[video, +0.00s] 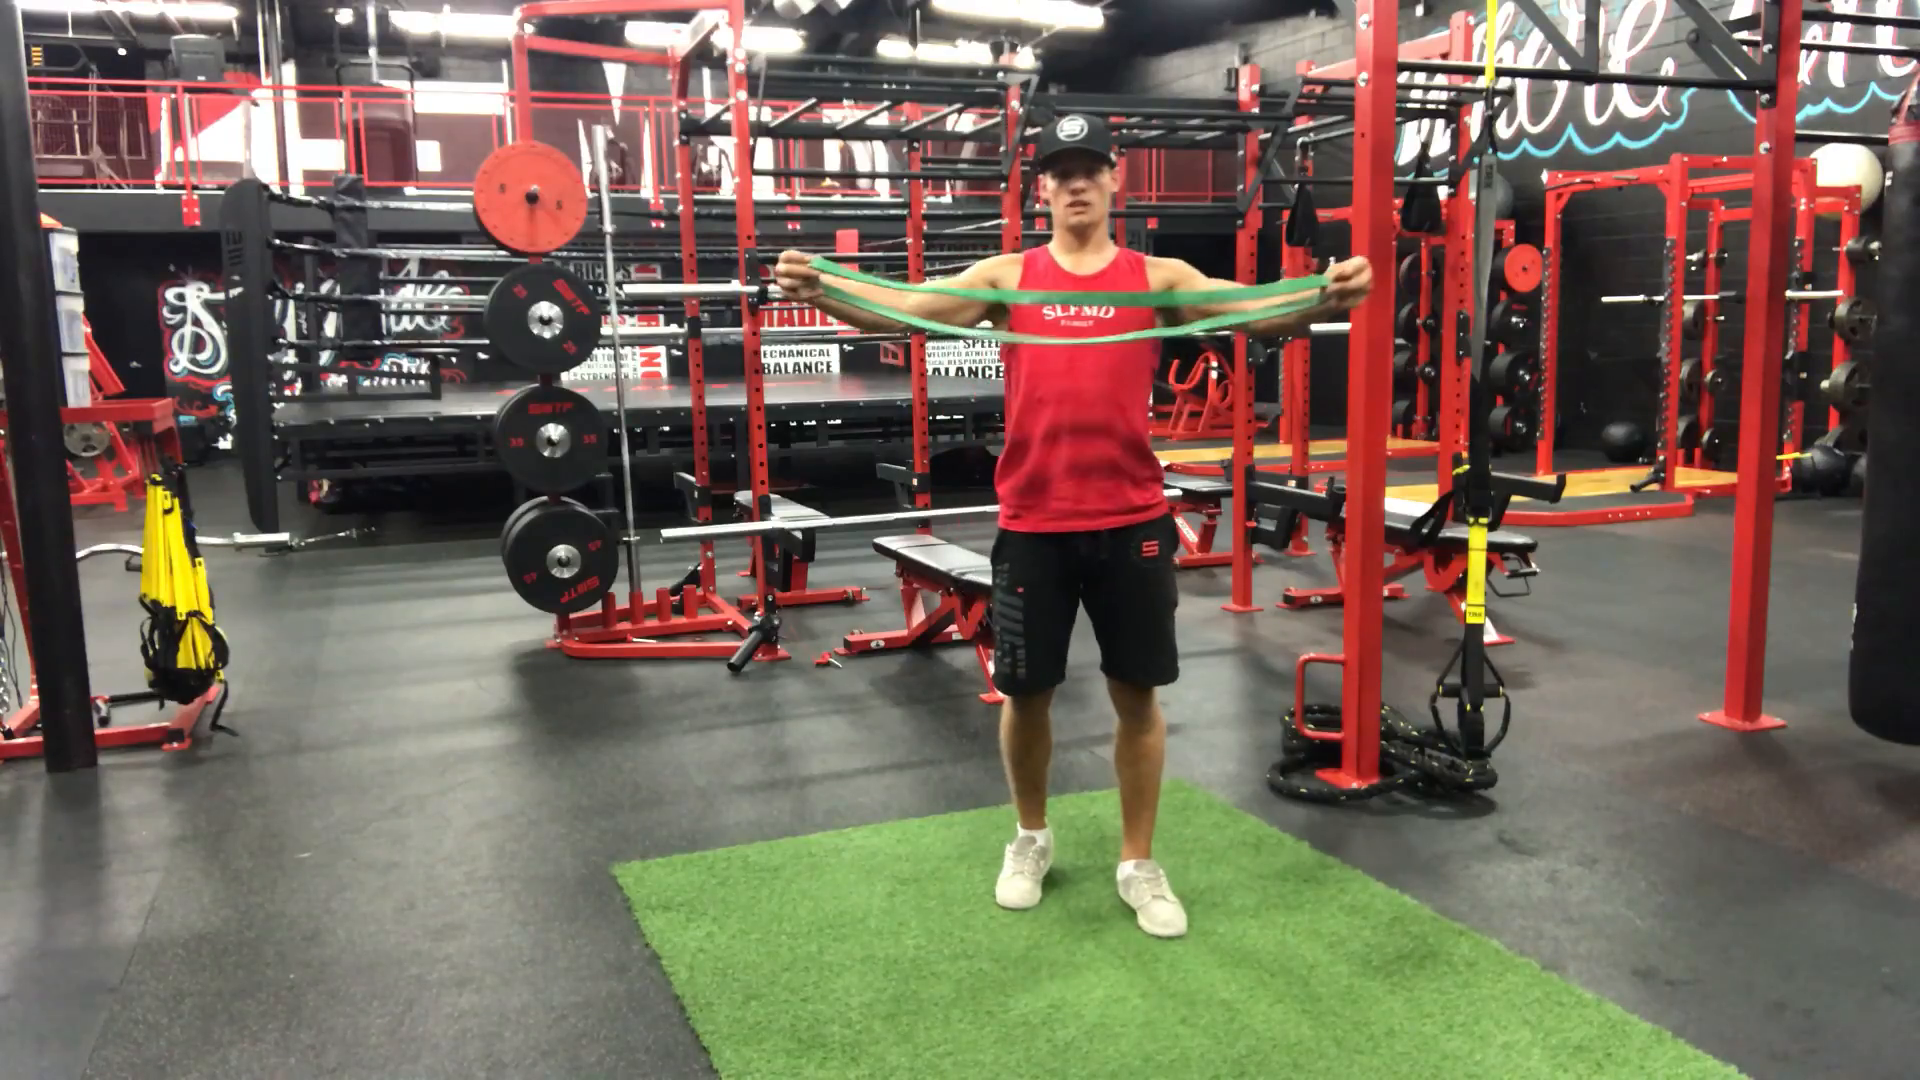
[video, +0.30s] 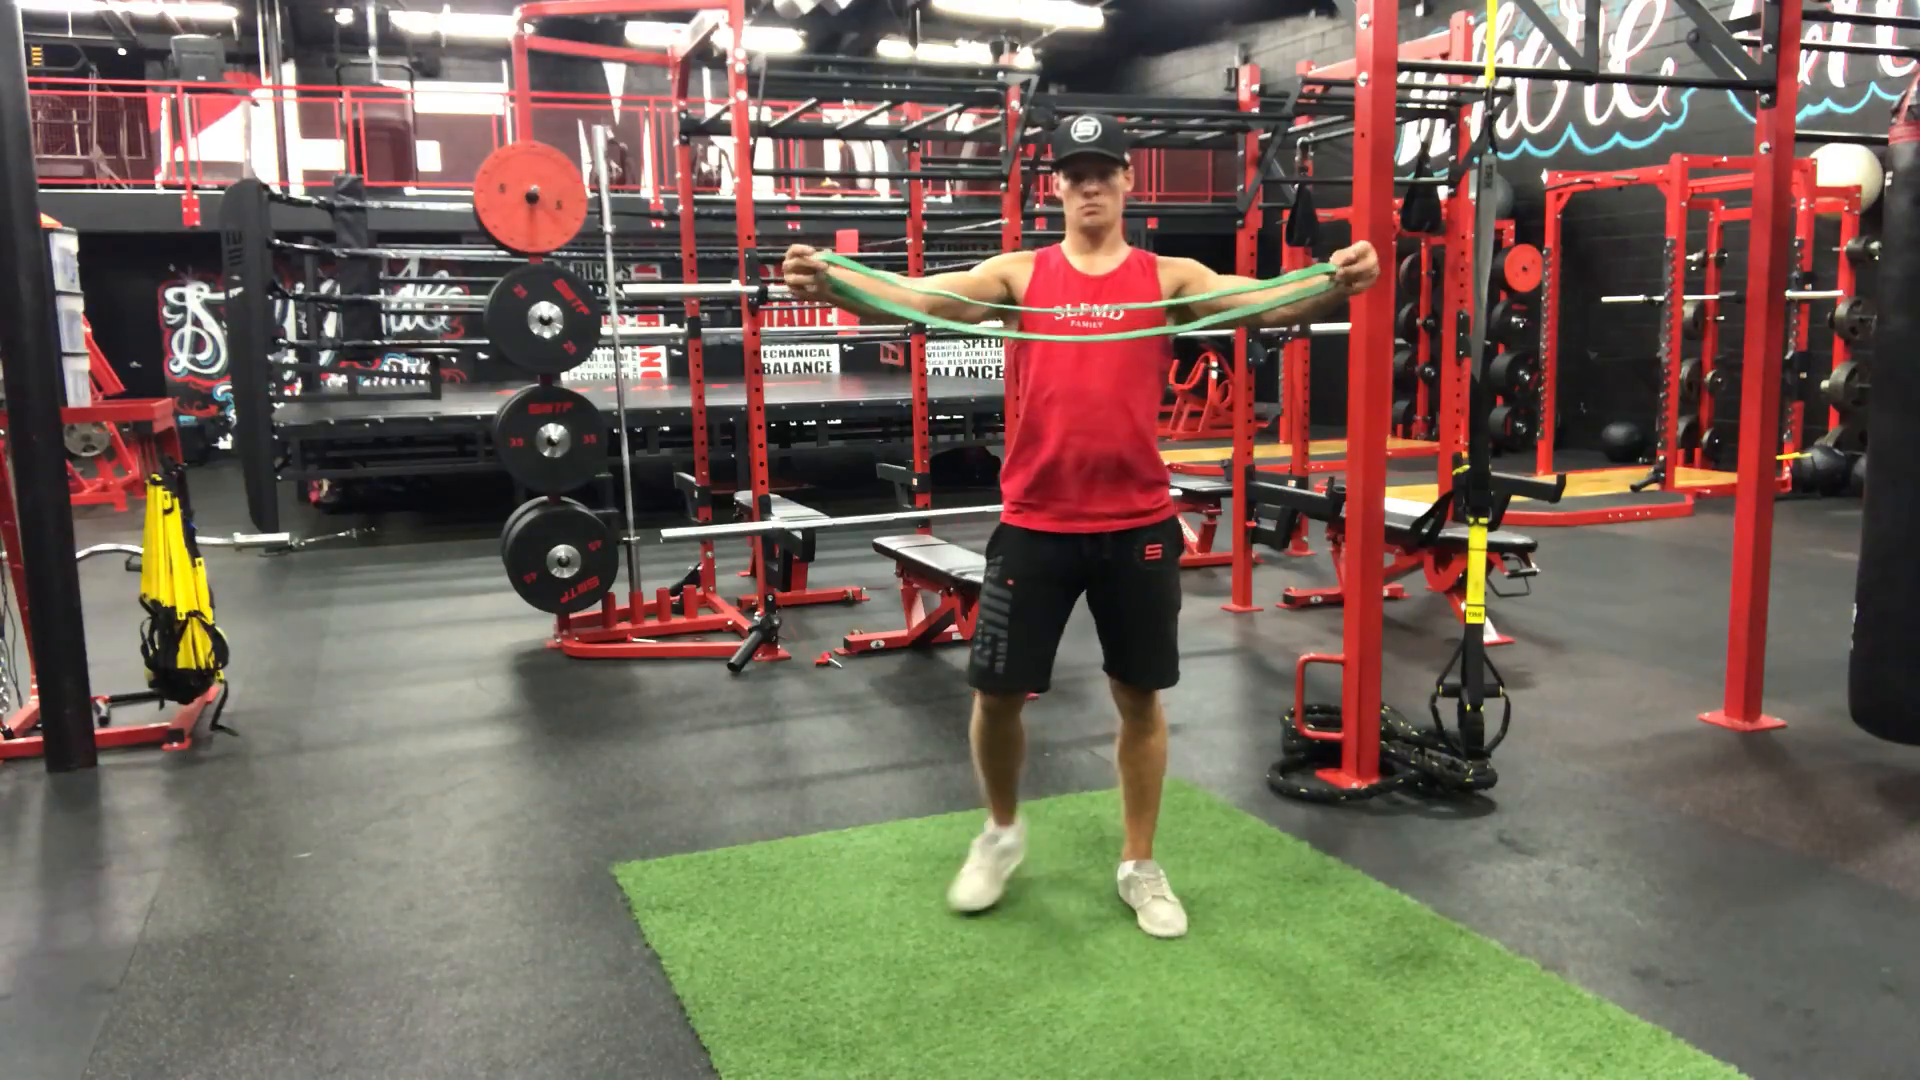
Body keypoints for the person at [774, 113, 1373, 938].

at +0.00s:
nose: (1074, 191)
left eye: (1088, 176)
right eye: (1060, 177)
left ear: (1113, 185)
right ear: (1043, 190)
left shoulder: (1158, 277)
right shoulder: (1007, 274)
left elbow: (1259, 315)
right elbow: (911, 309)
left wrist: (1326, 293)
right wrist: (820, 282)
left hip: (1131, 519)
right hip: (1032, 522)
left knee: (1139, 703)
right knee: (1025, 695)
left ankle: (1139, 862)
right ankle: (1028, 837)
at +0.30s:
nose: (1089, 190)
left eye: (1102, 176)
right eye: (1075, 177)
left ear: (1127, 185)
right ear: (1056, 188)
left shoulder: (1168, 277)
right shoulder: (1018, 273)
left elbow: (1268, 302)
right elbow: (917, 302)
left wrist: (1338, 279)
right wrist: (830, 278)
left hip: (1137, 523)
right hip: (1034, 523)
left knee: (1141, 704)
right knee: (995, 692)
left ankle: (1140, 865)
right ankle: (1000, 835)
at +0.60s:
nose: (1055, 196)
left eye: (1069, 182)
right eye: (1041, 182)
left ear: (1092, 192)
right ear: (1019, 191)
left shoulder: (1128, 284)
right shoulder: (979, 277)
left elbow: (1234, 307)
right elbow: (877, 300)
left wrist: (1312, 280)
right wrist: (780, 276)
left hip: (1094, 523)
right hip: (992, 524)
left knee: (1117, 701)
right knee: (979, 699)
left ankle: (1137, 864)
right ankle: (974, 858)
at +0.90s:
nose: (1013, 201)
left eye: (1025, 186)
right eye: (999, 187)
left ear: (1046, 193)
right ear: (976, 193)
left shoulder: (1080, 285)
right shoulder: (932, 275)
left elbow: (1178, 315)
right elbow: (833, 307)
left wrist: (1259, 299)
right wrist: (748, 260)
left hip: (1049, 522)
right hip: (949, 528)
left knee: (1090, 699)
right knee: (956, 701)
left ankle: (1125, 861)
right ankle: (973, 859)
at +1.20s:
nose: (991, 206)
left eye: (1004, 191)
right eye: (977, 191)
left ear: (1021, 192)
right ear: (950, 192)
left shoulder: (1057, 281)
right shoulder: (912, 277)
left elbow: (1153, 313)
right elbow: (821, 316)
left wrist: (1245, 312)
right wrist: (733, 279)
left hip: (1036, 521)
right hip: (938, 529)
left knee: (1077, 697)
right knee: (952, 701)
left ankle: (1105, 862)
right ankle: (972, 858)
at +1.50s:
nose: (990, 219)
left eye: (1002, 204)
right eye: (975, 205)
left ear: (1023, 195)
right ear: (950, 199)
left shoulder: (1063, 278)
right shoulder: (913, 283)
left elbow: (1167, 327)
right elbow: (825, 342)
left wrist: (1250, 344)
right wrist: (746, 353)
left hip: (1051, 514)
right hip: (955, 524)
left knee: (1088, 687)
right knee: (960, 696)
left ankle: (1111, 860)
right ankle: (973, 858)